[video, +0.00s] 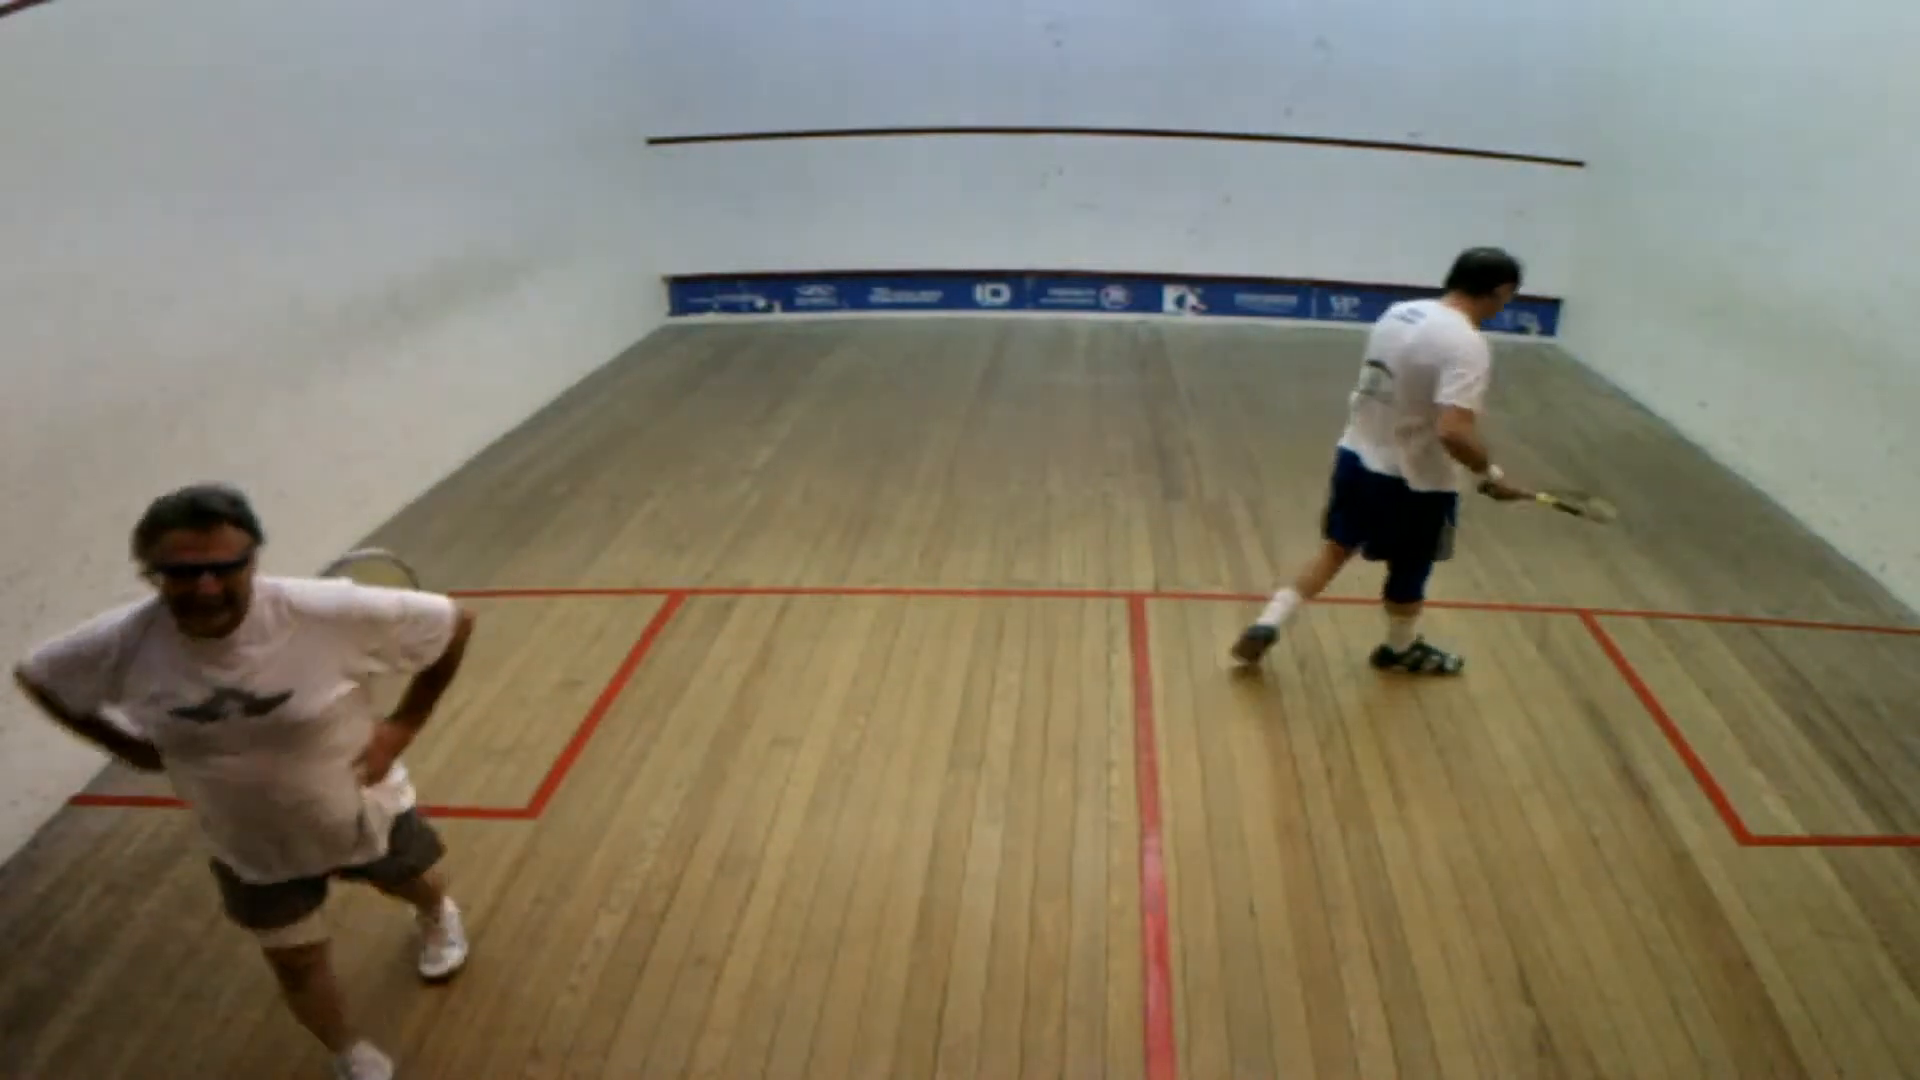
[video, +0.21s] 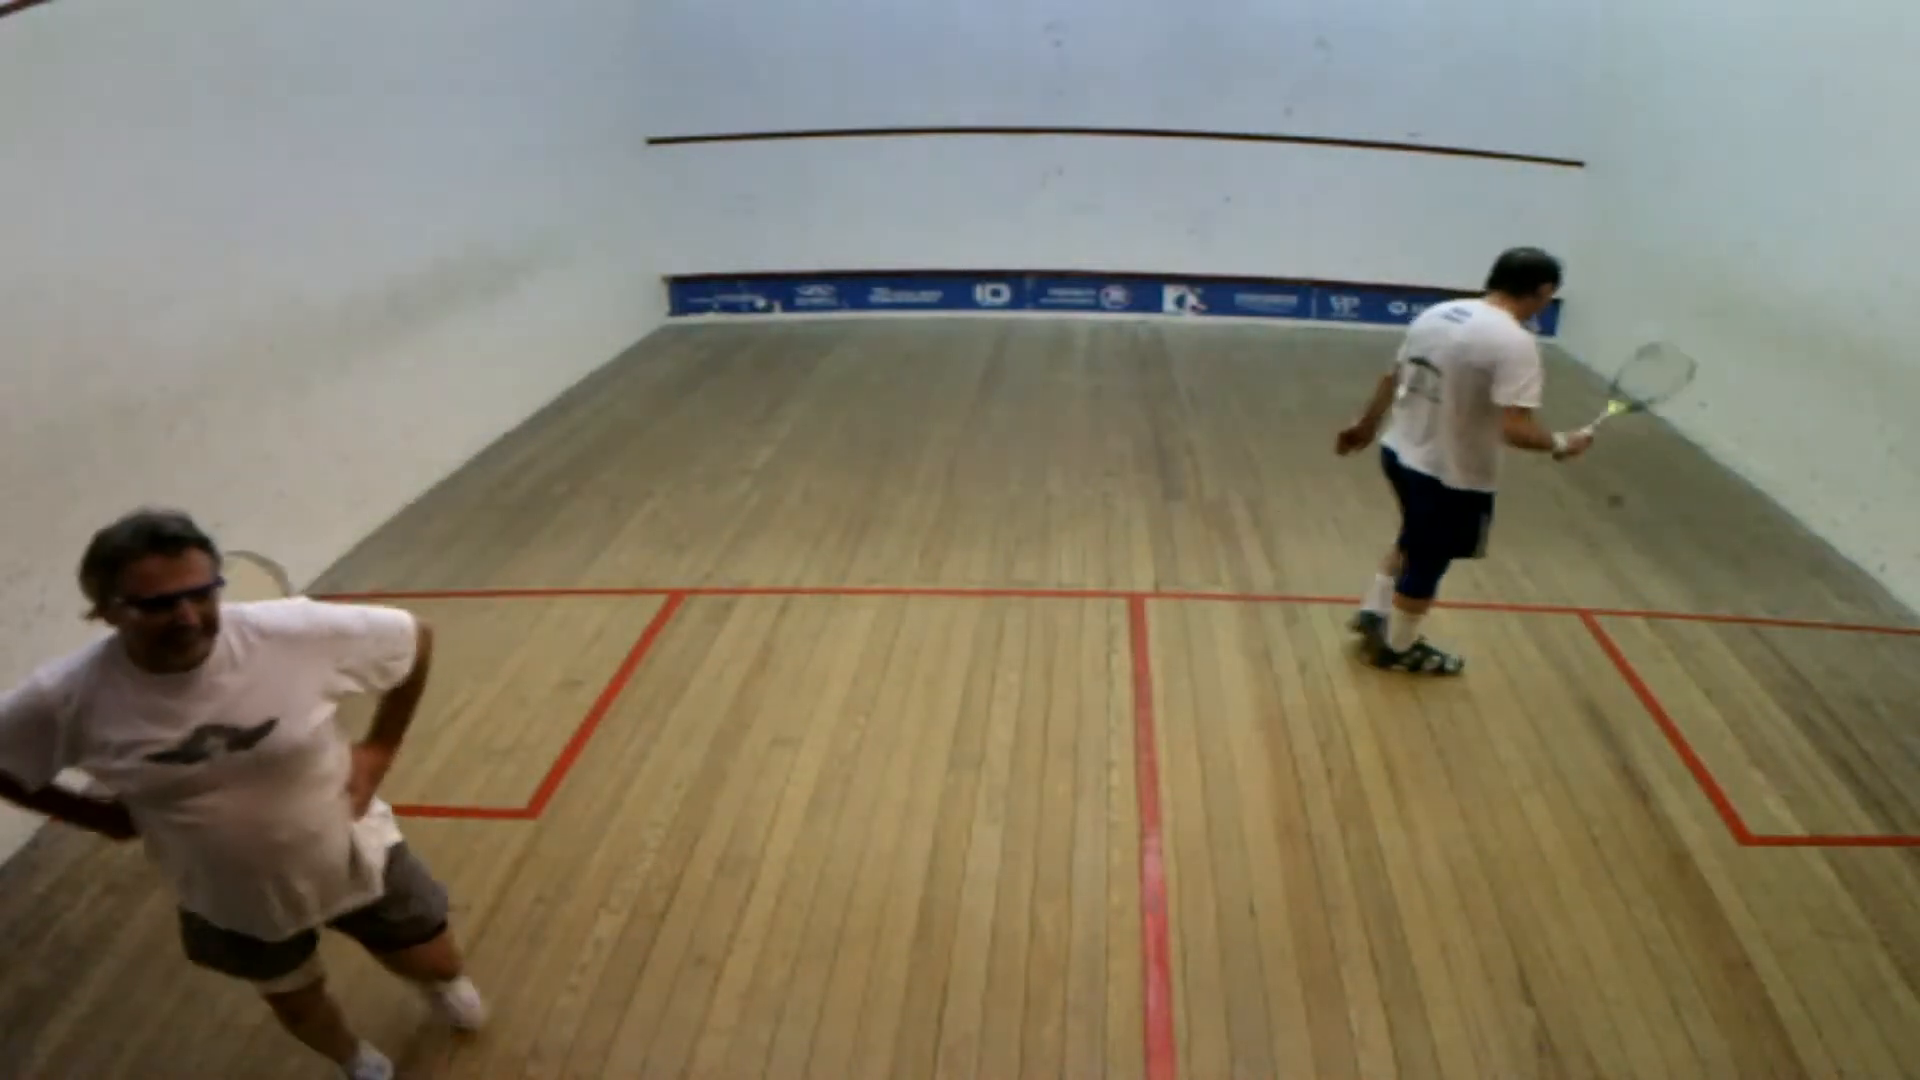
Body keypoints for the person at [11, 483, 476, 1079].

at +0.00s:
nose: (206, 590)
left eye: (224, 570)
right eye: (182, 574)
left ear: (253, 563)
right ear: (154, 575)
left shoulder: (313, 612)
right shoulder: (132, 640)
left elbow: (449, 624)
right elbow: (40, 678)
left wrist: (401, 728)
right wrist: (130, 749)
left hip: (356, 814)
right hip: (253, 851)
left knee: (406, 879)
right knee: (298, 970)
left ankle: (439, 915)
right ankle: (355, 1059)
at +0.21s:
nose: (187, 618)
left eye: (202, 594)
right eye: (157, 604)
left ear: (219, 584)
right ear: (109, 612)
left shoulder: (288, 634)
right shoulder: (71, 697)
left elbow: (412, 640)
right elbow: (5, 764)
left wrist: (379, 748)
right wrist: (99, 817)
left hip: (348, 853)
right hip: (236, 904)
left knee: (434, 956)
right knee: (299, 1002)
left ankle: (444, 983)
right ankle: (359, 1065)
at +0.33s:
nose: (194, 630)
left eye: (205, 605)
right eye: (165, 617)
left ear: (221, 594)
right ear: (108, 627)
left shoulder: (288, 643)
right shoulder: (65, 720)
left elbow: (399, 647)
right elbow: (5, 806)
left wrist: (377, 759)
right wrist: (96, 846)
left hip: (352, 868)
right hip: (240, 922)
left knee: (447, 986)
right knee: (304, 1010)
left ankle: (443, 1052)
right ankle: (361, 1066)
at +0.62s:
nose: (278, 658)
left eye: (279, 634)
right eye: (247, 647)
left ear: (287, 625)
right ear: (171, 665)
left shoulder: (338, 687)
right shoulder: (123, 783)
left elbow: (410, 703)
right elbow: (12, 884)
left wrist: (404, 820)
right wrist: (148, 940)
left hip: (413, 949)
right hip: (288, 1010)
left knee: (467, 1053)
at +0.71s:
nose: (304, 659)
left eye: (304, 634)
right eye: (270, 648)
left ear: (314, 626)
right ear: (192, 670)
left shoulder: (368, 695)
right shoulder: (139, 797)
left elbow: (415, 729)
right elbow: (19, 913)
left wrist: (392, 827)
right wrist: (163, 960)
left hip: (432, 962)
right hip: (314, 1026)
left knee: (472, 1055)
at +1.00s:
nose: (375, 674)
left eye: (360, 656)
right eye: (348, 664)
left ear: (286, 705)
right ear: (283, 704)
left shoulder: (327, 747)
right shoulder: (234, 857)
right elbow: (153, 1036)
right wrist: (292, 1048)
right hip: (416, 1068)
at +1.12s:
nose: (399, 704)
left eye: (385, 686)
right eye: (376, 693)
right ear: (320, 736)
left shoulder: (221, 796)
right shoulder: (325, 906)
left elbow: (168, 804)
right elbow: (334, 1064)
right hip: (434, 1069)